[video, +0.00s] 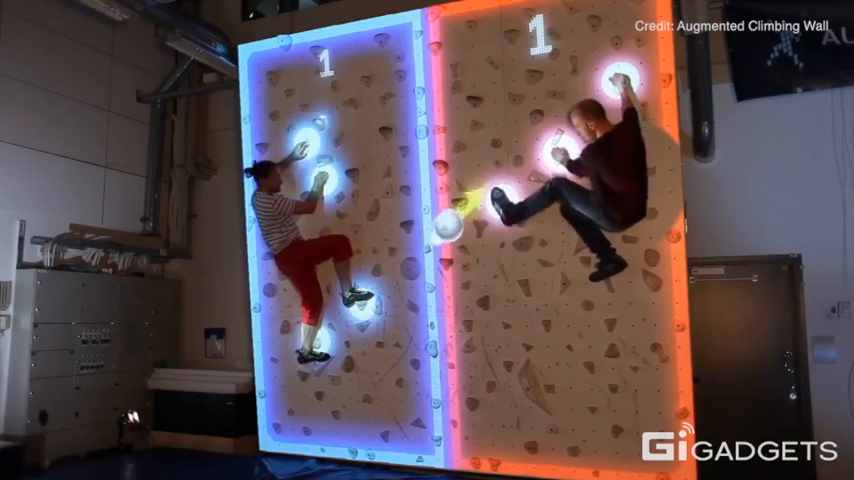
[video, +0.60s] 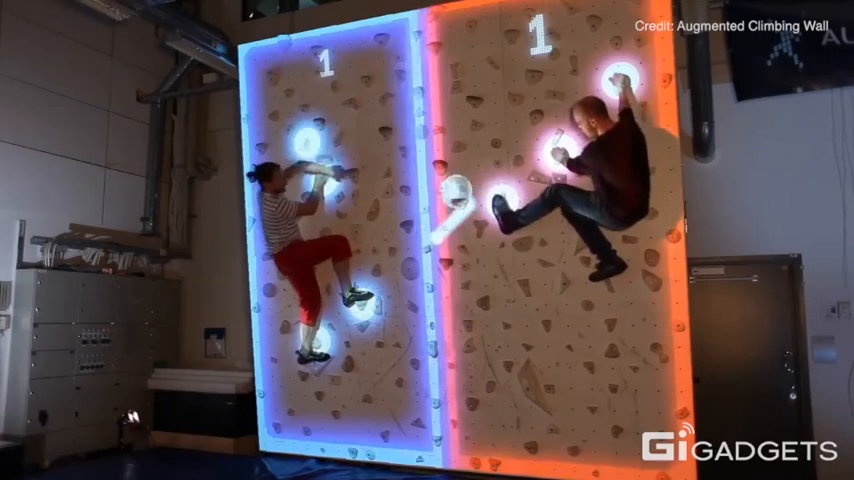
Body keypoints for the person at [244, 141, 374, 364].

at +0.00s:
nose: (280, 179)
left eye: (279, 176)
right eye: (276, 176)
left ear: (263, 180)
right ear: (265, 181)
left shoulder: (258, 196)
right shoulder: (272, 201)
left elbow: (275, 171)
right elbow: (309, 207)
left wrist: (292, 158)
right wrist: (318, 186)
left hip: (285, 257)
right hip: (294, 252)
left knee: (313, 299)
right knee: (339, 243)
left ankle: (306, 350)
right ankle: (348, 291)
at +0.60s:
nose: (284, 178)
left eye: (281, 175)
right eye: (280, 176)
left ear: (268, 183)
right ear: (269, 183)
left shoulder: (268, 194)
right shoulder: (278, 205)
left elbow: (298, 167)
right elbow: (311, 208)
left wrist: (330, 171)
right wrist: (320, 182)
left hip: (285, 256)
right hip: (293, 253)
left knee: (311, 301)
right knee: (338, 244)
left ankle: (306, 351)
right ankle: (348, 293)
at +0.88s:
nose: (299, 174)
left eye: (297, 171)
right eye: (295, 173)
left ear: (284, 180)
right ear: (284, 180)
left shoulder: (290, 188)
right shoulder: (286, 199)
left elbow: (323, 170)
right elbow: (315, 207)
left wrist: (359, 165)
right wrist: (319, 184)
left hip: (286, 249)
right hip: (292, 248)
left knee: (301, 299)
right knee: (337, 243)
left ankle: (304, 351)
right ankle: (348, 292)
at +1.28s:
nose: (306, 164)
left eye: (304, 162)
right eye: (302, 164)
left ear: (290, 171)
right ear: (294, 171)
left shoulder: (290, 183)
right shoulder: (293, 193)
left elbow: (318, 152)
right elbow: (322, 209)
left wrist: (342, 127)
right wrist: (321, 185)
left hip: (290, 246)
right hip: (300, 243)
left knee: (303, 296)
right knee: (345, 242)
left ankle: (305, 350)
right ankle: (348, 292)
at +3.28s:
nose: (283, 187)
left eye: (283, 183)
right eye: (279, 185)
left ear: (279, 181)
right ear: (269, 186)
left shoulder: (268, 195)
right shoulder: (279, 204)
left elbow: (290, 158)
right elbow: (311, 207)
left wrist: (308, 130)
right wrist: (320, 186)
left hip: (282, 254)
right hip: (291, 251)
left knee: (305, 300)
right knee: (333, 246)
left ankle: (305, 351)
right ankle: (346, 294)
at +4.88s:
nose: (302, 192)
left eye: (302, 189)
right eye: (298, 189)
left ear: (293, 186)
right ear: (287, 191)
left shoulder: (283, 195)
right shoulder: (290, 210)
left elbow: (298, 159)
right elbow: (315, 208)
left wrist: (310, 131)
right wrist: (321, 189)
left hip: (282, 256)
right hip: (285, 256)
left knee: (308, 302)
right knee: (329, 281)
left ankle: (306, 350)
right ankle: (354, 325)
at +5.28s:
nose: (296, 188)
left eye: (295, 185)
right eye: (293, 185)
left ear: (279, 187)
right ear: (281, 188)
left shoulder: (275, 198)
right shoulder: (283, 209)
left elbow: (293, 162)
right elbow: (311, 209)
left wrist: (310, 132)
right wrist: (320, 188)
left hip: (280, 256)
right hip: (286, 253)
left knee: (311, 296)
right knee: (332, 246)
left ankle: (306, 349)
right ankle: (352, 293)